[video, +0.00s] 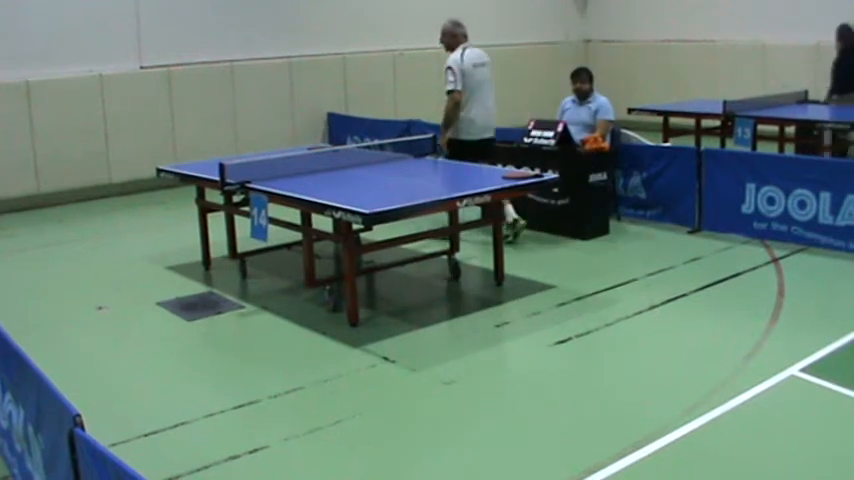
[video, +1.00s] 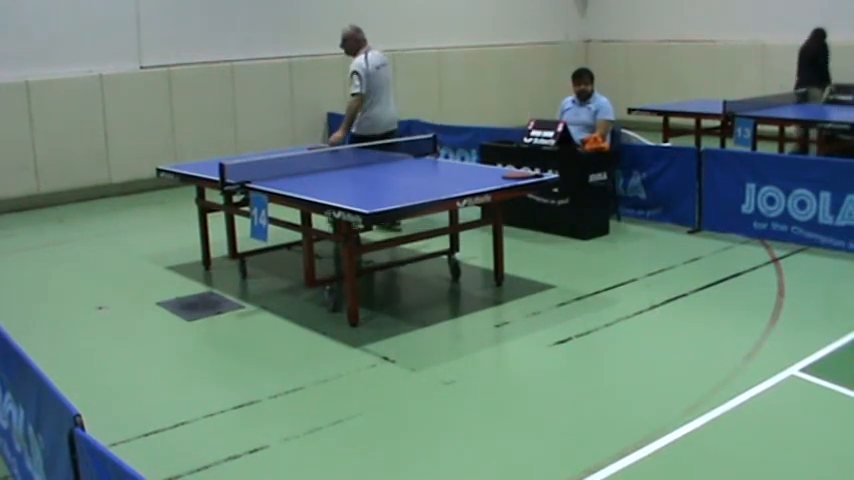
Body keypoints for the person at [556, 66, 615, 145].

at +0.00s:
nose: (578, 86)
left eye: (582, 83)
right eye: (575, 83)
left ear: (591, 84)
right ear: (572, 85)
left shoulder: (602, 104)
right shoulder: (566, 103)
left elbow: (601, 135)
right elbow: (560, 128)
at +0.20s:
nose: (580, 86)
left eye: (584, 83)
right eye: (576, 83)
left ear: (591, 84)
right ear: (572, 85)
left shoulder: (602, 103)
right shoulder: (566, 103)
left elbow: (601, 135)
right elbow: (560, 128)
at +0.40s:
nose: (580, 87)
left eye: (584, 84)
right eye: (577, 84)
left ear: (591, 85)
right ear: (572, 86)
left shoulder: (602, 103)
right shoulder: (566, 103)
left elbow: (601, 135)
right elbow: (560, 128)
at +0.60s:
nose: (581, 87)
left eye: (585, 84)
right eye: (577, 84)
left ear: (592, 85)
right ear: (572, 86)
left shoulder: (602, 104)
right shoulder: (566, 103)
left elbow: (601, 135)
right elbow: (560, 127)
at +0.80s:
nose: (581, 88)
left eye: (585, 84)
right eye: (577, 84)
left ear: (592, 85)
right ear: (572, 86)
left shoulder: (602, 103)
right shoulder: (566, 103)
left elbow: (601, 135)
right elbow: (560, 128)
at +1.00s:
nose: (582, 88)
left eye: (586, 84)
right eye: (578, 84)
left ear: (592, 85)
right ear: (573, 86)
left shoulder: (602, 103)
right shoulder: (566, 103)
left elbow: (601, 135)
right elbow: (560, 127)